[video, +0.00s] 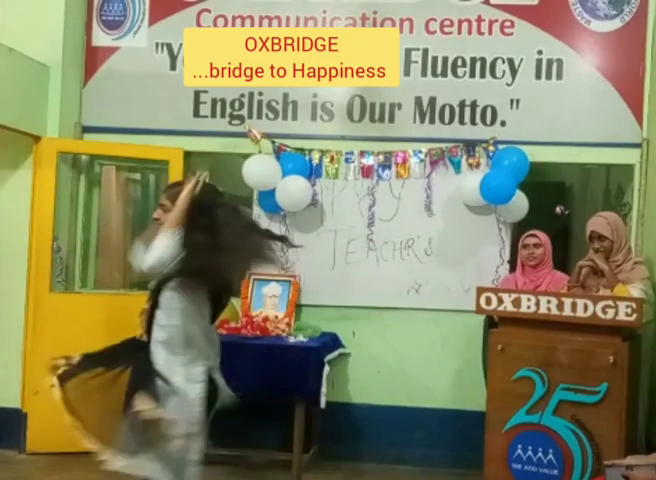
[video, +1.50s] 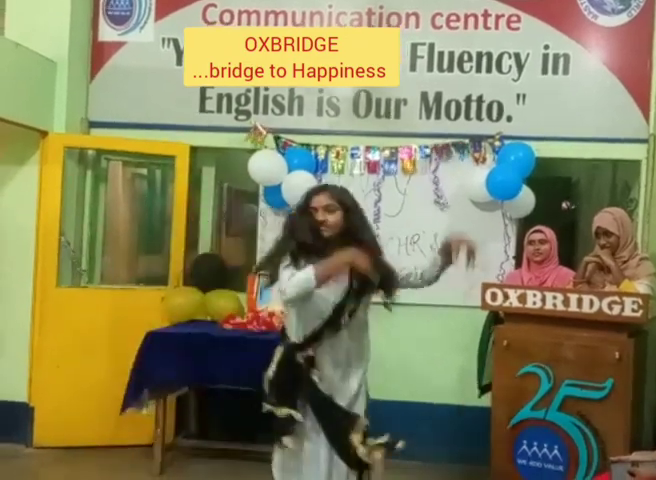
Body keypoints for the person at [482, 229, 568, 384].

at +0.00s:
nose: (530, 252)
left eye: (536, 246)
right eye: (525, 247)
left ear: (547, 250)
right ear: (519, 252)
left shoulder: (561, 281)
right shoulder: (508, 281)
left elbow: (566, 317)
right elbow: (496, 315)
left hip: (549, 347)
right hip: (512, 346)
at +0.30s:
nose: (530, 252)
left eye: (536, 247)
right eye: (525, 247)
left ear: (546, 251)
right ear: (519, 252)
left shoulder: (561, 281)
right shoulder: (508, 282)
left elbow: (565, 318)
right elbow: (496, 318)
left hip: (549, 349)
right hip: (513, 348)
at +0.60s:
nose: (532, 252)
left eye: (537, 246)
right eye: (527, 247)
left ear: (547, 250)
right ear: (520, 252)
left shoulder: (562, 281)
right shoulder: (509, 281)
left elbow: (565, 316)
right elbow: (499, 317)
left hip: (550, 346)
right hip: (515, 345)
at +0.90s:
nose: (534, 251)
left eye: (540, 246)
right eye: (529, 246)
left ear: (550, 250)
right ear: (522, 251)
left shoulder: (565, 281)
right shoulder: (510, 281)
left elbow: (569, 318)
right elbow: (500, 317)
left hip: (553, 350)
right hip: (516, 348)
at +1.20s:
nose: (535, 249)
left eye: (541, 244)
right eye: (530, 245)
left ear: (551, 249)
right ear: (524, 249)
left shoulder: (566, 279)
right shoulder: (512, 279)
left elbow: (568, 315)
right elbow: (501, 315)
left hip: (553, 346)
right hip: (517, 346)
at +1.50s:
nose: (537, 247)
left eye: (542, 243)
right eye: (531, 243)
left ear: (552, 247)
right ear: (525, 248)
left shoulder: (567, 277)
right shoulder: (513, 277)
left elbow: (570, 313)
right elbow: (503, 312)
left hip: (554, 344)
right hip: (518, 344)